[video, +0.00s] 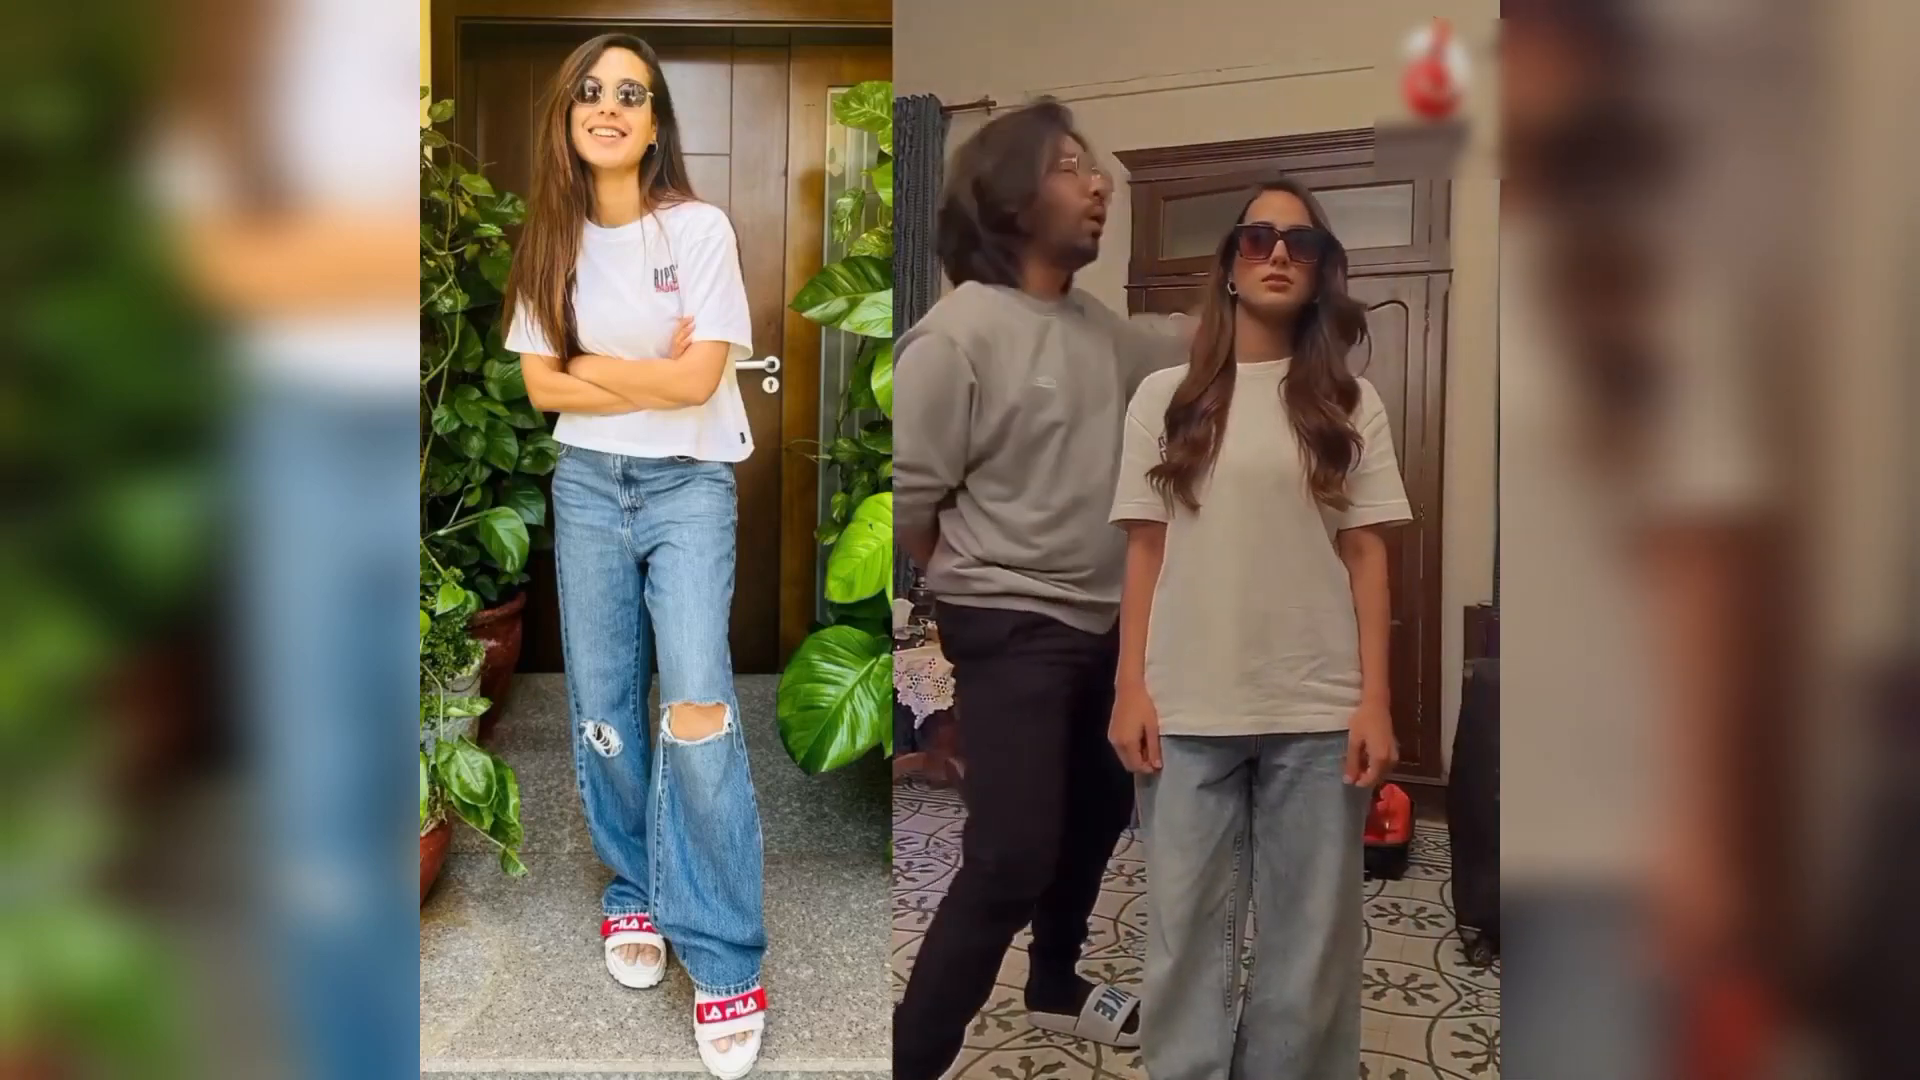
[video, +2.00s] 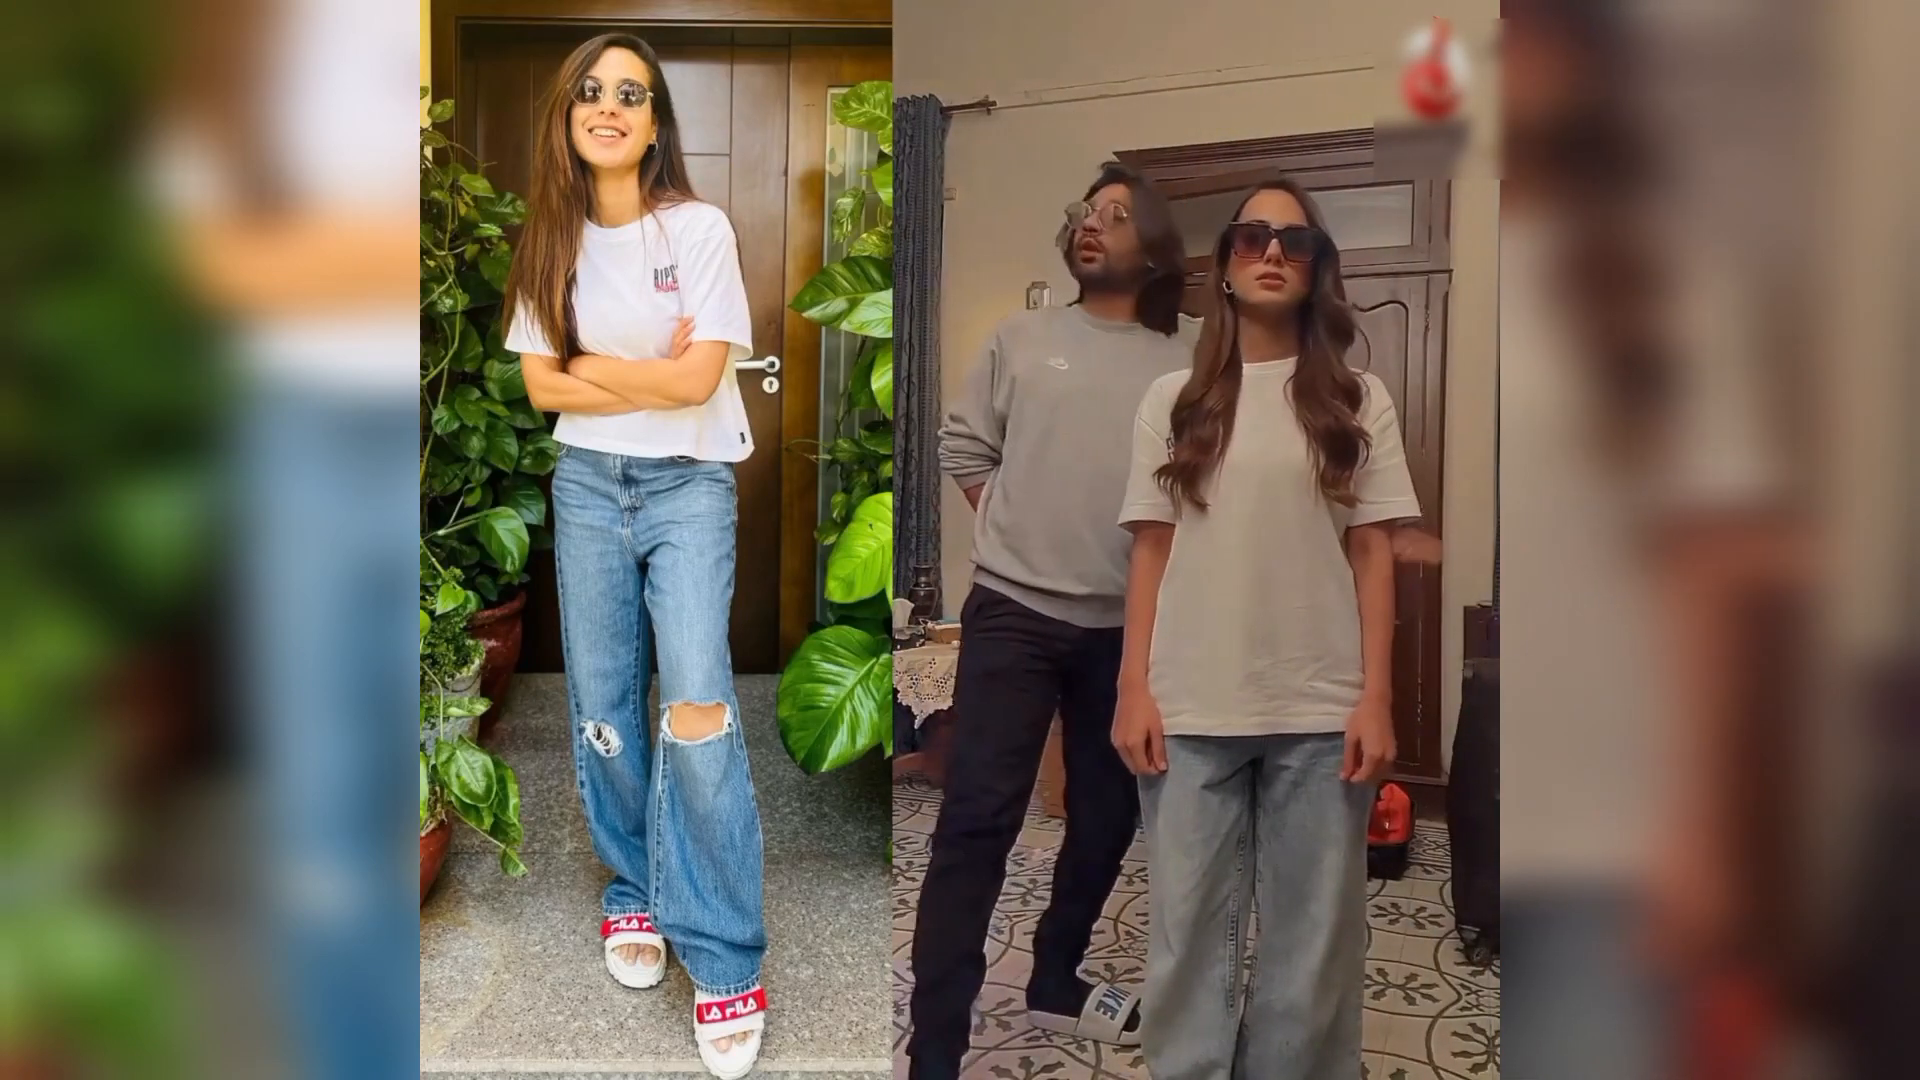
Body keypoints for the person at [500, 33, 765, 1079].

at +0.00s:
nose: (610, 111)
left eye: (630, 97)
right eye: (593, 95)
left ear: (657, 121)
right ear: (566, 117)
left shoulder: (700, 226)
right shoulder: (549, 240)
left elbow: (699, 379)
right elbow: (541, 386)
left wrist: (575, 362)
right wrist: (662, 379)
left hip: (689, 482)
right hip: (585, 484)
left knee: (695, 709)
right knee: (603, 709)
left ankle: (724, 957)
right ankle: (631, 890)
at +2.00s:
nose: (609, 111)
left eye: (629, 98)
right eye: (593, 95)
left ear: (656, 122)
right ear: (566, 117)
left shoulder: (699, 226)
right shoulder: (549, 240)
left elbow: (698, 378)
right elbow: (541, 385)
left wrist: (576, 362)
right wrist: (662, 379)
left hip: (689, 482)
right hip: (584, 484)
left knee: (694, 710)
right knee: (603, 708)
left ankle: (724, 958)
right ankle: (631, 892)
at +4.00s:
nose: (610, 111)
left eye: (629, 97)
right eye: (593, 95)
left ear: (656, 122)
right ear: (566, 117)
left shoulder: (699, 225)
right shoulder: (550, 239)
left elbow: (698, 378)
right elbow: (540, 385)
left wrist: (576, 362)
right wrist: (662, 378)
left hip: (689, 482)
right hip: (584, 484)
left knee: (695, 709)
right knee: (602, 708)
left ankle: (724, 955)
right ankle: (631, 890)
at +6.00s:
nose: (610, 111)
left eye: (630, 97)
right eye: (593, 95)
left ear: (656, 121)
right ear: (566, 117)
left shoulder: (699, 226)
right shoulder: (549, 240)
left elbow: (698, 378)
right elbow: (540, 385)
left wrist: (576, 362)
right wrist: (662, 378)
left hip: (689, 482)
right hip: (584, 484)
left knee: (695, 708)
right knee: (603, 708)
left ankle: (724, 955)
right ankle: (631, 889)